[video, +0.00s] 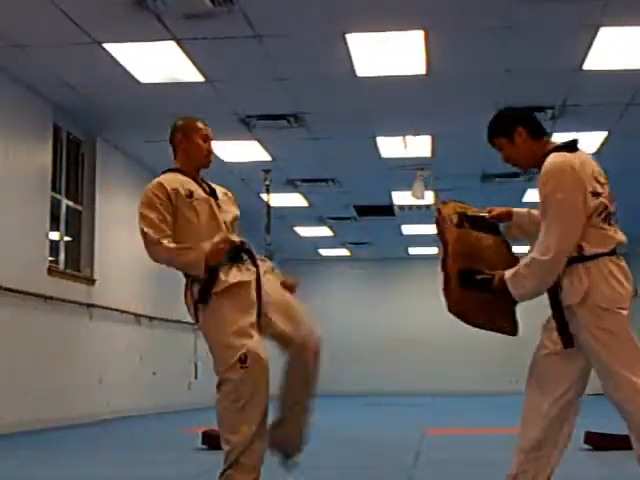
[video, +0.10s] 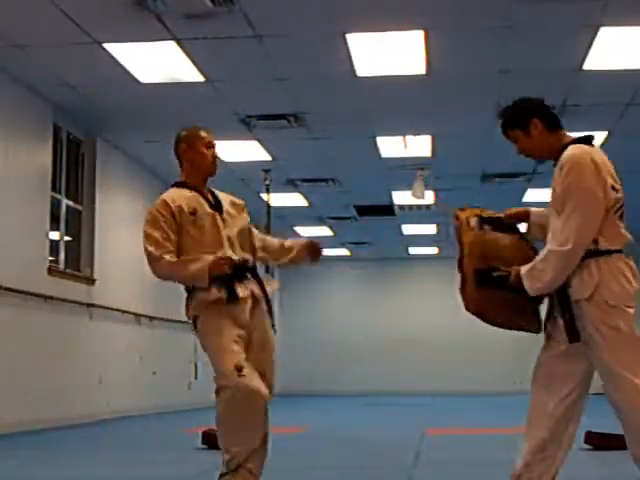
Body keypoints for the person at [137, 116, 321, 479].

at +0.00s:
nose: (211, 146)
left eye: (211, 140)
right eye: (203, 139)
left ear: (204, 146)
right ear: (180, 143)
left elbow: (234, 245)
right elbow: (157, 248)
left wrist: (274, 276)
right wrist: (203, 256)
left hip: (255, 277)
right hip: (217, 287)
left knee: (306, 339)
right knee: (245, 368)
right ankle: (240, 470)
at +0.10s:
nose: (216, 153)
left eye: (215, 147)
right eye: (208, 147)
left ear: (207, 155)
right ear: (185, 154)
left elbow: (256, 244)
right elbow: (160, 265)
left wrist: (298, 249)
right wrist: (205, 268)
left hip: (254, 301)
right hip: (214, 305)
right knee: (241, 388)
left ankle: (248, 470)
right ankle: (238, 471)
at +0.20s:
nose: (219, 154)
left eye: (218, 148)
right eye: (211, 148)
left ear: (213, 156)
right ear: (188, 154)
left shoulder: (229, 208)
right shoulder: (171, 204)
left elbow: (261, 241)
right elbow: (155, 261)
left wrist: (293, 230)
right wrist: (200, 267)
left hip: (242, 301)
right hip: (201, 300)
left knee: (254, 388)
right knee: (220, 366)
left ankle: (243, 465)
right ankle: (227, 464)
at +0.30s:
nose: (211, 138)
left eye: (211, 133)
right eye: (203, 132)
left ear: (207, 141)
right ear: (180, 137)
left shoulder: (216, 189)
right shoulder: (161, 183)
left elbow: (231, 234)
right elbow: (138, 237)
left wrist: (256, 226)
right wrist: (191, 247)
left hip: (219, 283)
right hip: (184, 280)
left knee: (233, 366)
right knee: (205, 354)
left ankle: (240, 466)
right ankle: (176, 465)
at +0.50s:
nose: (183, 155)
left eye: (183, 150)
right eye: (176, 148)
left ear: (165, 153)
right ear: (152, 151)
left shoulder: (168, 203)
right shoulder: (135, 194)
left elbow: (163, 255)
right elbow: (116, 246)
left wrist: (190, 261)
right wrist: (180, 251)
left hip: (186, 304)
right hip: (157, 302)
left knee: (208, 396)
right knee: (143, 392)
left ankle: (194, 472)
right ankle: (71, 454)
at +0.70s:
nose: (141, 155)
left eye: (141, 149)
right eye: (135, 147)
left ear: (116, 153)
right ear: (112, 151)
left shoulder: (113, 195)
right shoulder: (97, 184)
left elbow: (103, 257)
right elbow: (96, 222)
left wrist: (137, 264)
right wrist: (153, 223)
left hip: (112, 296)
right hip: (93, 295)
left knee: (130, 384)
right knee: (75, 386)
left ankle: (163, 462)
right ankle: (55, 469)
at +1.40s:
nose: (47, 146)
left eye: (46, 140)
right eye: (41, 139)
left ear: (19, 143)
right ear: (19, 140)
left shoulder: (12, 174)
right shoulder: (17, 176)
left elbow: (14, 233)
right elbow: (11, 230)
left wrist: (48, 252)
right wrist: (50, 250)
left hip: (10, 281)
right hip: (6, 282)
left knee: (14, 367)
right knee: (14, 368)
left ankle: (9, 460)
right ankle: (7, 461)